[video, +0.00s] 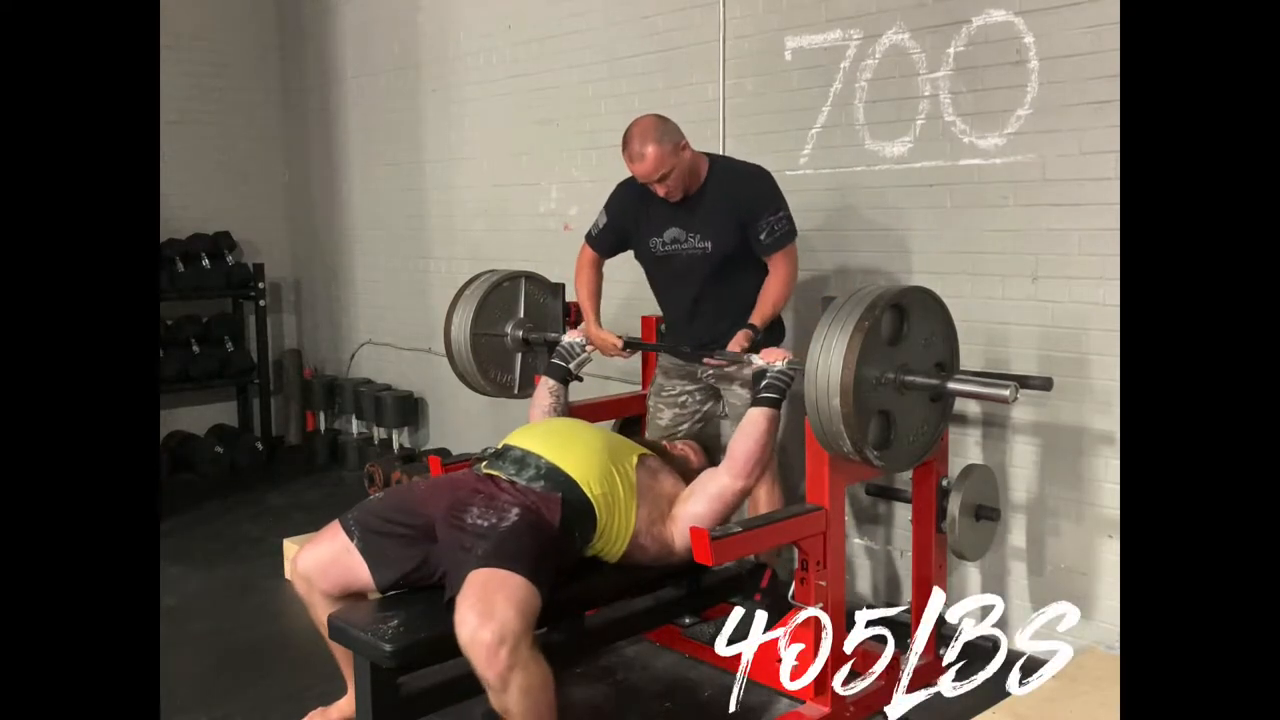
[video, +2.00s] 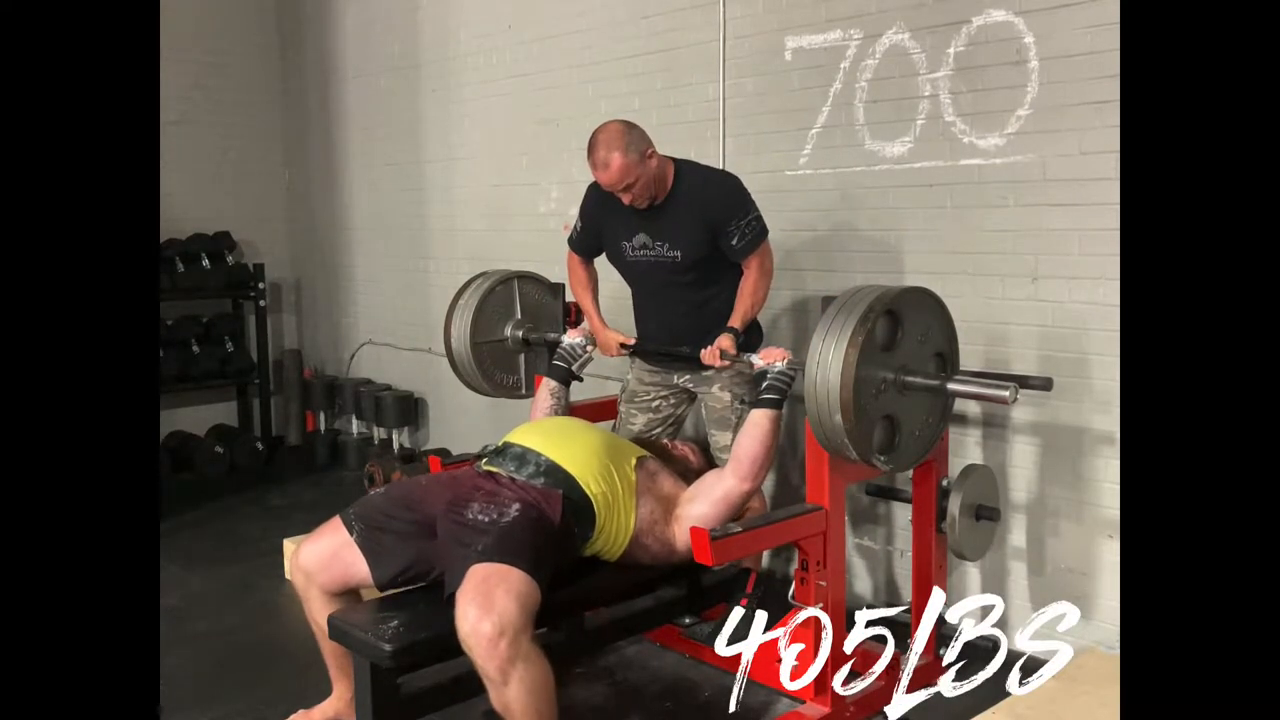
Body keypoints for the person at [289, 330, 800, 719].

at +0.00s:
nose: (682, 442)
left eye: (692, 447)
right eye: (676, 439)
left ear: (702, 475)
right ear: (653, 445)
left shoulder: (677, 513)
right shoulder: (597, 448)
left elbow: (741, 470)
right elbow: (535, 436)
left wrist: (770, 387)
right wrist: (556, 367)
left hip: (529, 506)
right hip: (456, 483)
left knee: (489, 633)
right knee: (308, 564)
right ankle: (358, 694)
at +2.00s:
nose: (679, 441)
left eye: (690, 448)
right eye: (677, 438)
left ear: (699, 475)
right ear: (655, 443)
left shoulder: (679, 508)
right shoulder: (596, 449)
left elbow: (745, 475)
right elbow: (534, 436)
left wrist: (770, 392)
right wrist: (559, 370)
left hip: (528, 503)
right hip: (457, 481)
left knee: (489, 628)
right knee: (311, 561)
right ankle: (343, 697)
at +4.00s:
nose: (672, 433)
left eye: (680, 435)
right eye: (670, 430)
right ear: (655, 435)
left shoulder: (662, 524)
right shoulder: (586, 449)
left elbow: (700, 471)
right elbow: (515, 446)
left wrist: (720, 386)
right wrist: (508, 375)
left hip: (524, 504)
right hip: (454, 480)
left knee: (487, 629)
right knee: (308, 561)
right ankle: (343, 698)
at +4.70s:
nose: (669, 436)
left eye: (681, 439)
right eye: (665, 430)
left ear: (683, 463)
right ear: (642, 437)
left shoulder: (660, 497)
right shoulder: (566, 439)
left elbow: (682, 543)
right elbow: (489, 472)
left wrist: (705, 447)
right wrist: (489, 429)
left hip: (519, 506)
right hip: (458, 484)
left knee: (481, 633)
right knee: (305, 561)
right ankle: (342, 699)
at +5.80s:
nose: (680, 435)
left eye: (689, 436)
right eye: (676, 430)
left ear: (699, 462)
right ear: (659, 434)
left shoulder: (671, 515)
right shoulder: (585, 450)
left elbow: (717, 468)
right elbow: (523, 445)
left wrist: (731, 387)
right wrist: (514, 373)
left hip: (525, 507)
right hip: (455, 486)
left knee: (487, 625)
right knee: (308, 560)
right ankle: (342, 698)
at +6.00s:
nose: (677, 438)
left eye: (689, 440)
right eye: (675, 432)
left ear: (699, 463)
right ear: (659, 437)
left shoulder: (674, 515)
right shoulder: (586, 448)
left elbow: (718, 459)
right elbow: (532, 435)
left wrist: (735, 376)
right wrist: (523, 362)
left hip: (529, 507)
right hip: (461, 483)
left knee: (493, 626)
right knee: (311, 563)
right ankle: (343, 698)